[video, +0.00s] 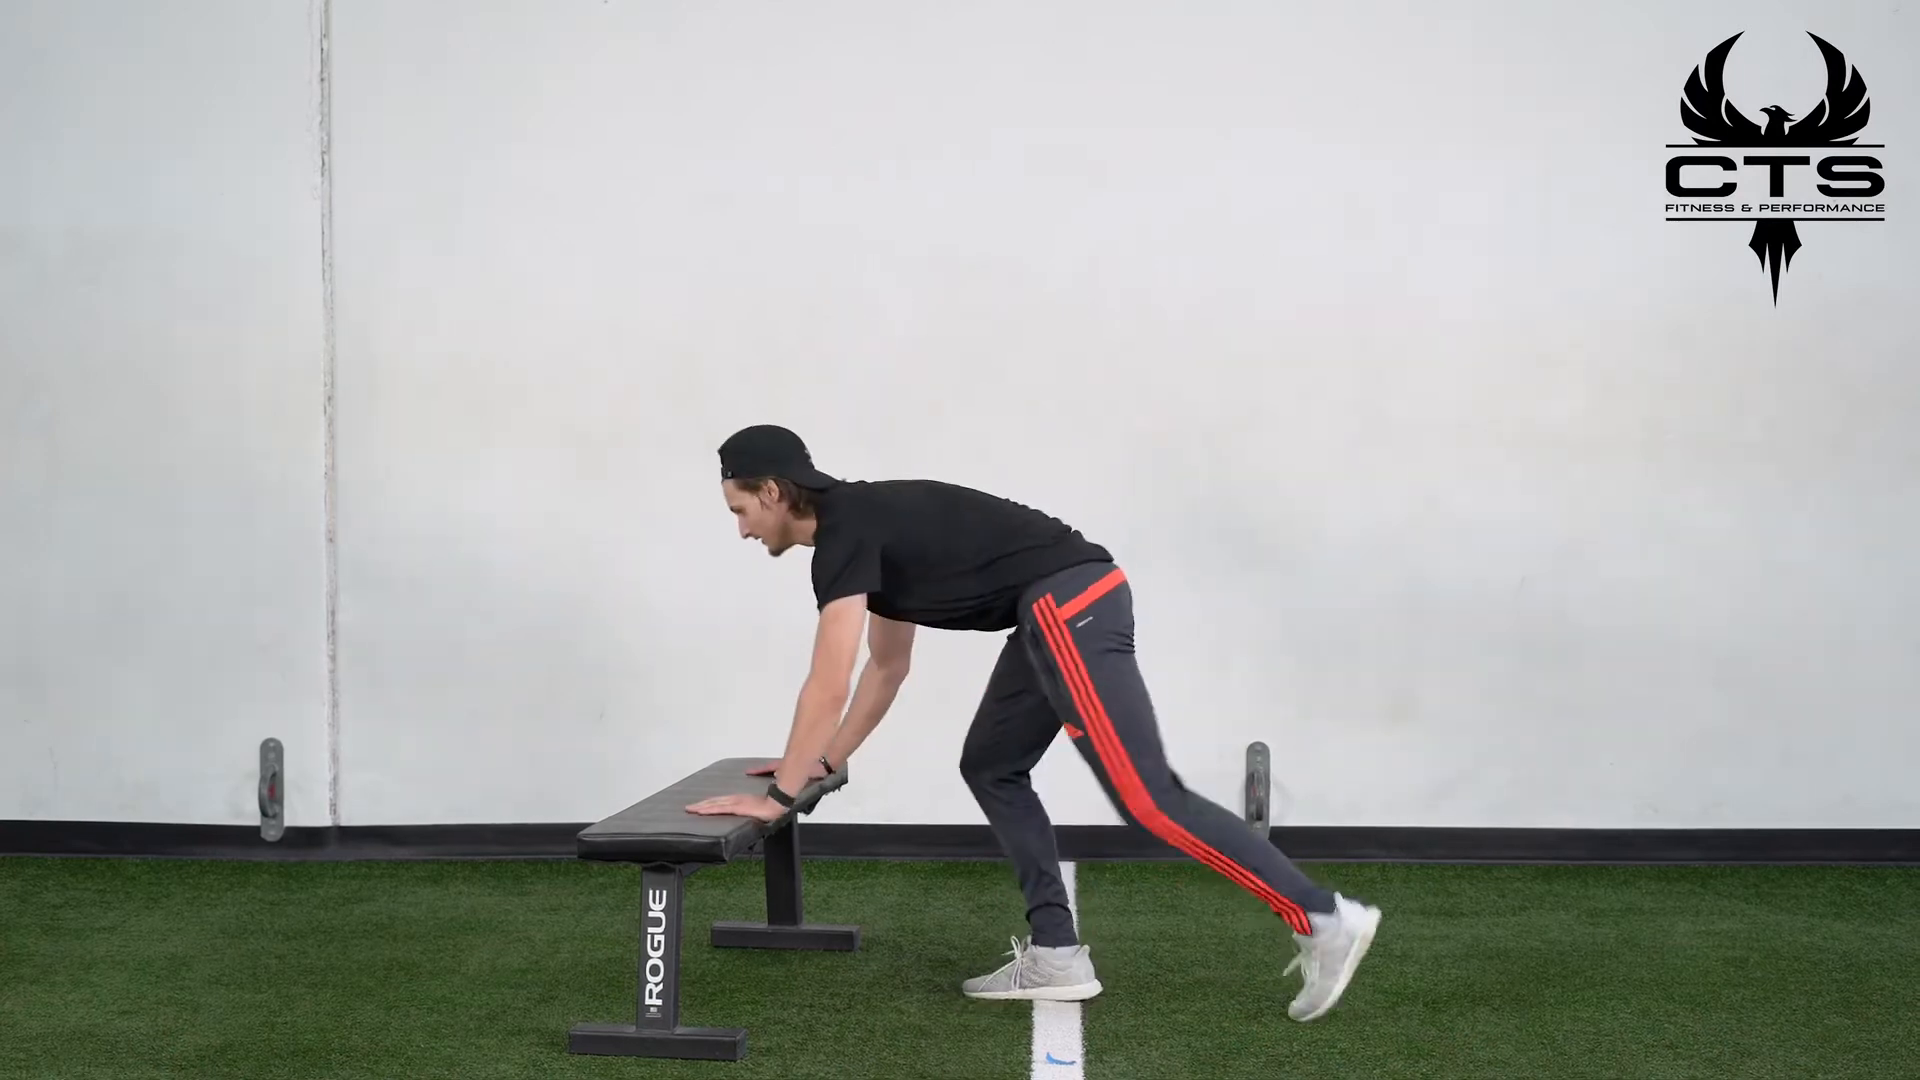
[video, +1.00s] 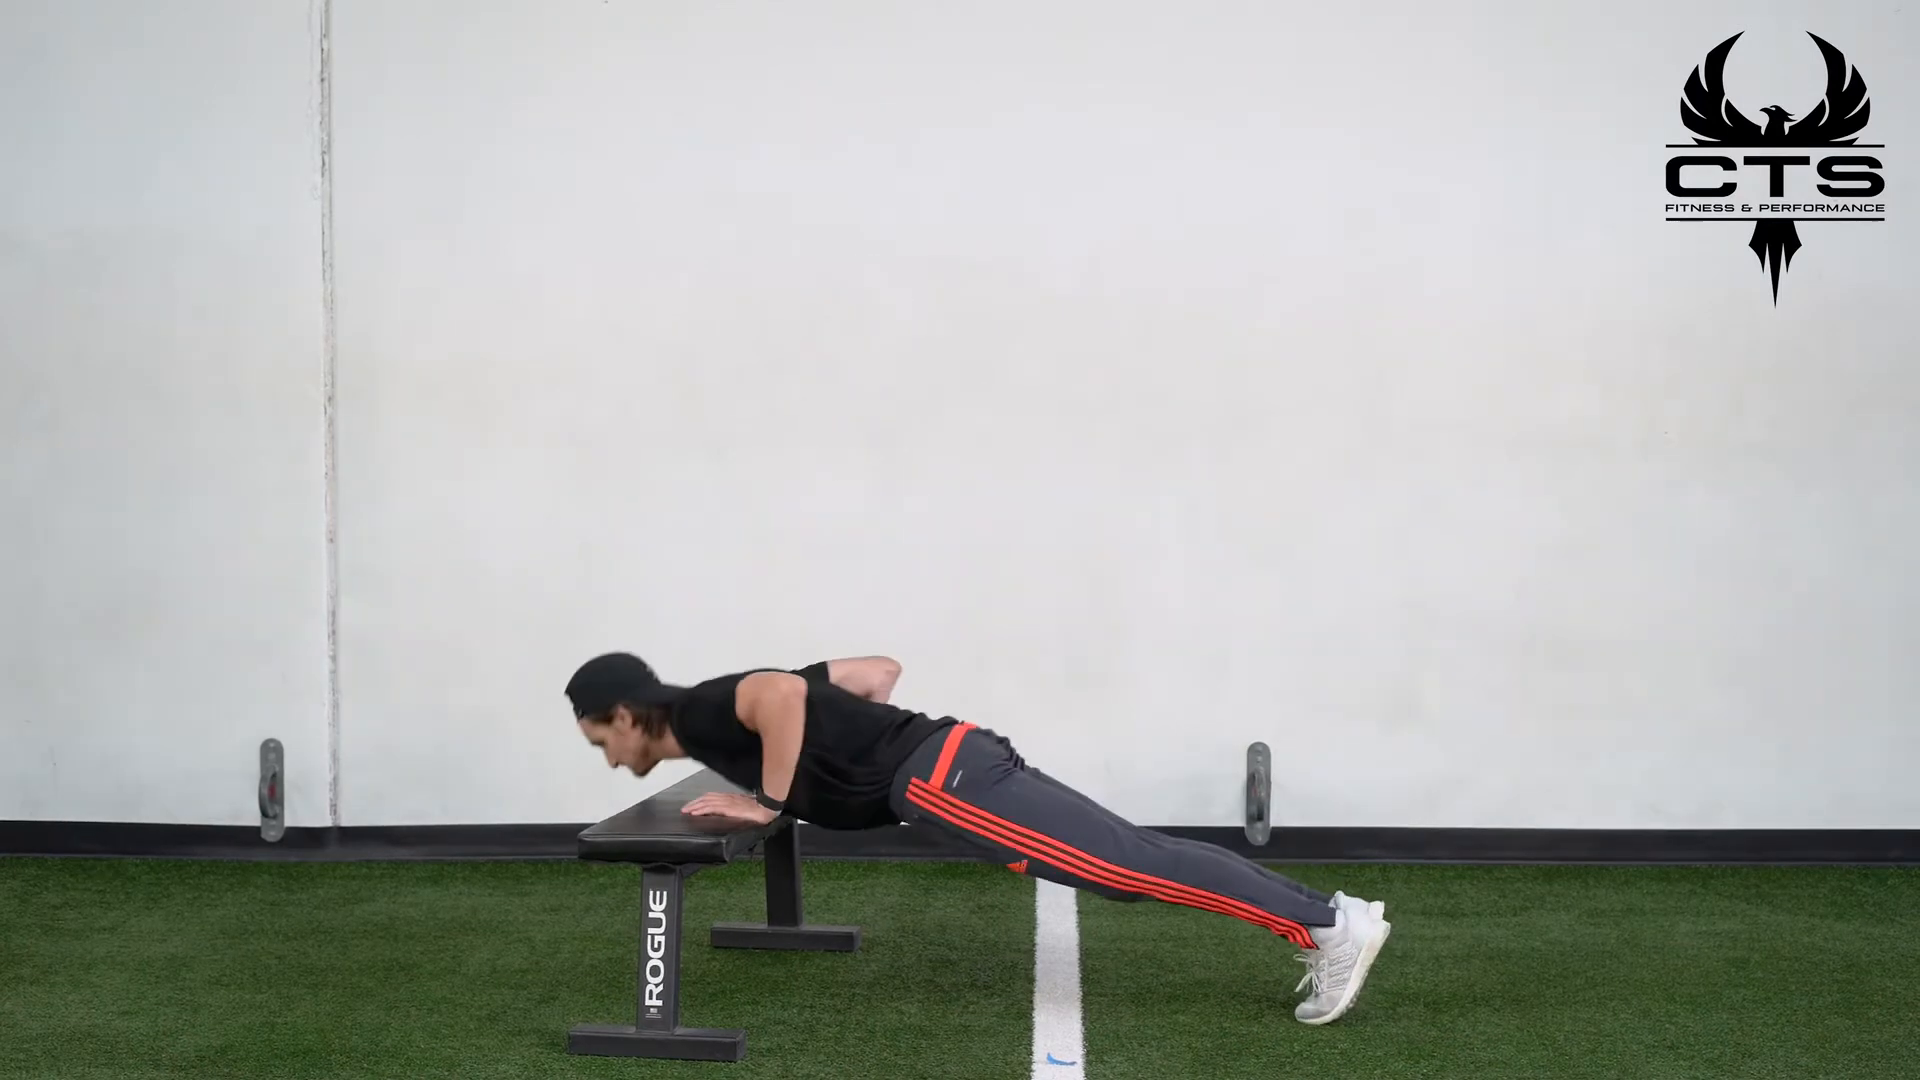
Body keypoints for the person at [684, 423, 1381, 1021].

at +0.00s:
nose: (738, 526)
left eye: (739, 508)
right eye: (734, 511)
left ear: (778, 492)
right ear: (782, 490)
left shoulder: (844, 531)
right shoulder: (872, 527)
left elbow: (828, 678)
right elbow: (885, 670)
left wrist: (778, 792)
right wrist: (825, 762)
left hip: (1070, 598)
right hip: (1052, 607)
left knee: (1148, 797)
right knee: (992, 765)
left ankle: (1328, 920)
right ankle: (1055, 953)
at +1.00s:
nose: (600, 753)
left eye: (599, 736)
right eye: (595, 739)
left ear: (627, 716)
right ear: (635, 711)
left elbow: (780, 696)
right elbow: (879, 671)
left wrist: (766, 800)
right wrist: (812, 770)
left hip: (944, 773)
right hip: (952, 758)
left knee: (1127, 864)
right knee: (1131, 846)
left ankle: (1335, 928)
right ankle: (1330, 920)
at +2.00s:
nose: (799, 518)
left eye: (804, 502)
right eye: (797, 503)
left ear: (847, 498)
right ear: (855, 494)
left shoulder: (905, 549)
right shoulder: (925, 547)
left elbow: (850, 695)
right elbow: (888, 692)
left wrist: (767, 794)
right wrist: (810, 769)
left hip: (1139, 612)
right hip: (1105, 628)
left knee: (1215, 810)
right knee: (1042, 777)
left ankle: (1379, 949)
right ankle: (1119, 958)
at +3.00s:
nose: (989, 139)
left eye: (1001, 124)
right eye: (992, 123)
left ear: (1045, 135)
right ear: (1048, 138)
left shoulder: (1057, 212)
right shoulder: (1056, 214)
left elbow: (1037, 137)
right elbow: (1047, 135)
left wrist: (992, 39)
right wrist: (1044, 58)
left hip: (1044, 477)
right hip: (1047, 476)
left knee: (1042, 691)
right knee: (1048, 689)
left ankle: (1075, 892)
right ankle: (1076, 884)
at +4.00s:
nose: (784, 519)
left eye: (787, 501)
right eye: (780, 503)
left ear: (827, 484)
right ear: (828, 484)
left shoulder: (890, 531)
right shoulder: (911, 523)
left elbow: (851, 683)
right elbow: (886, 675)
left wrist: (779, 786)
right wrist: (813, 768)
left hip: (1122, 573)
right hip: (1123, 570)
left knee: (1072, 773)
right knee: (1076, 774)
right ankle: (1104, 959)